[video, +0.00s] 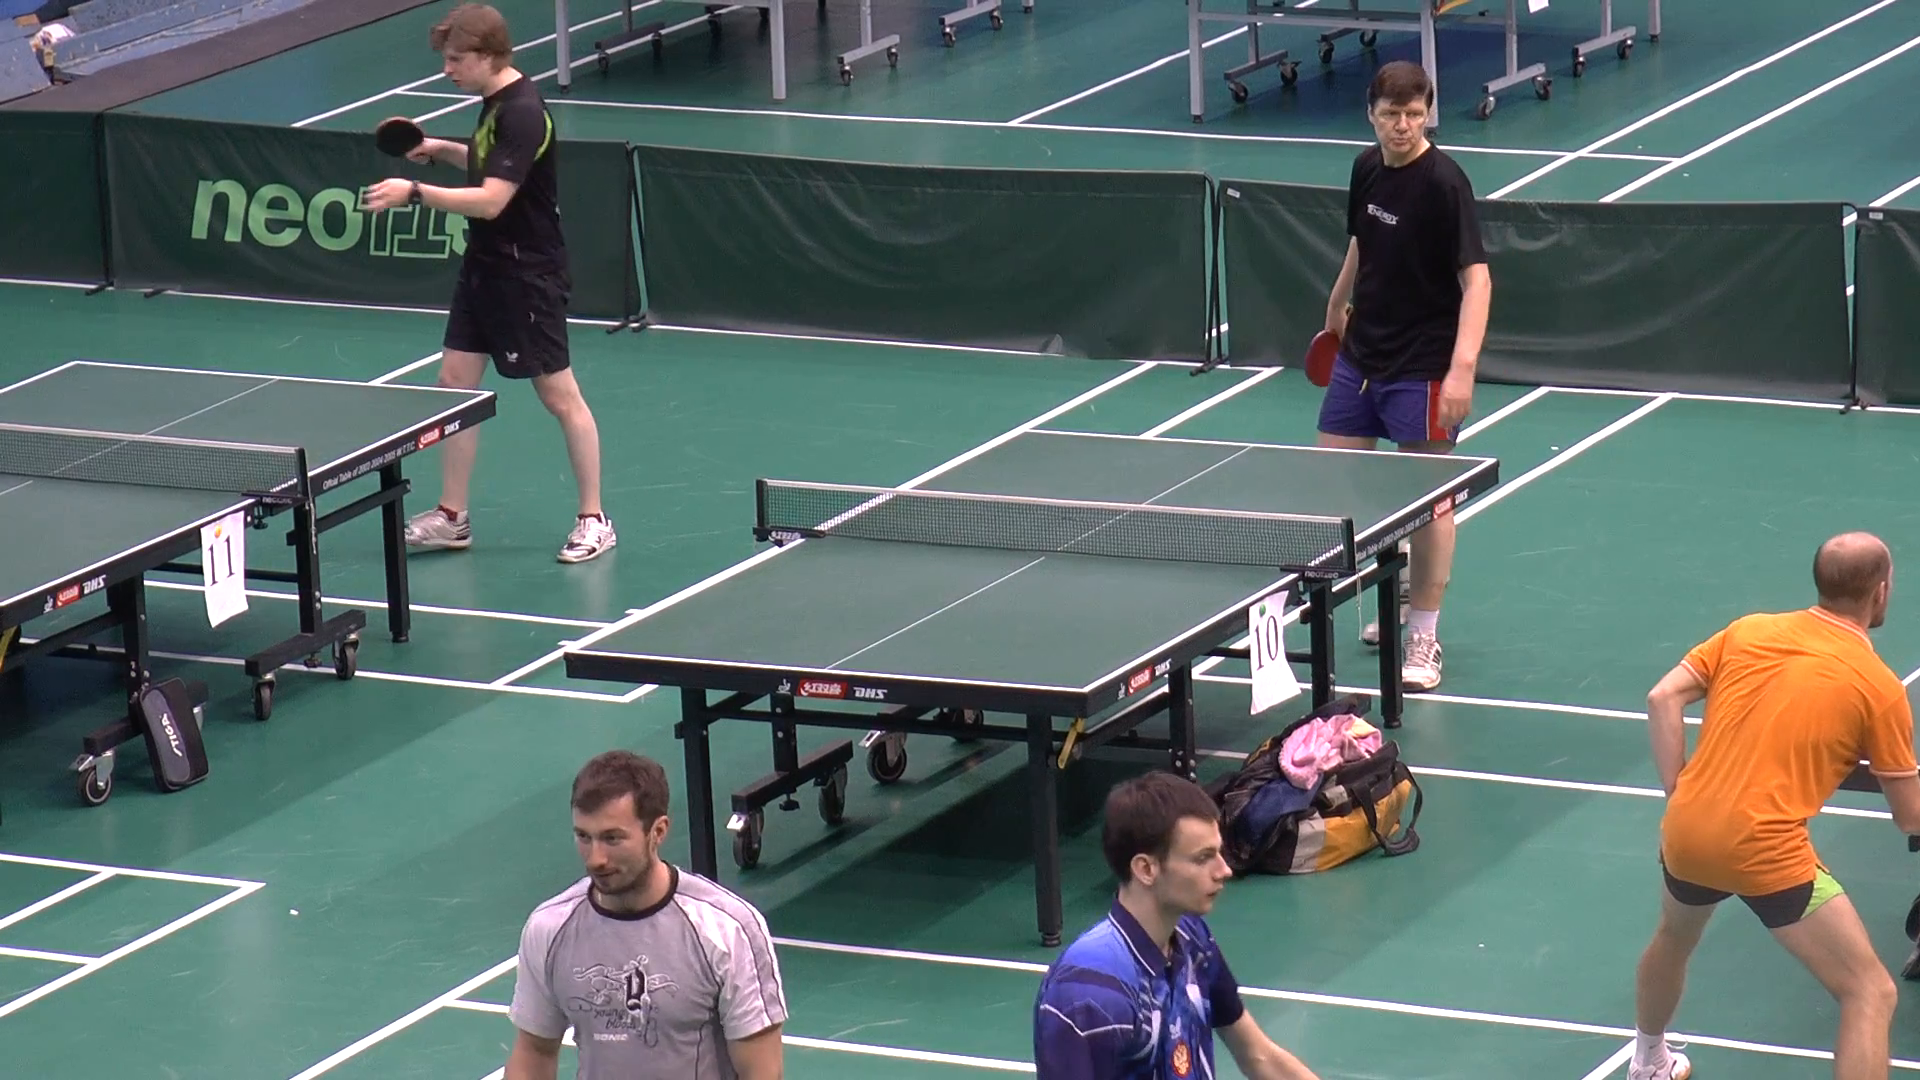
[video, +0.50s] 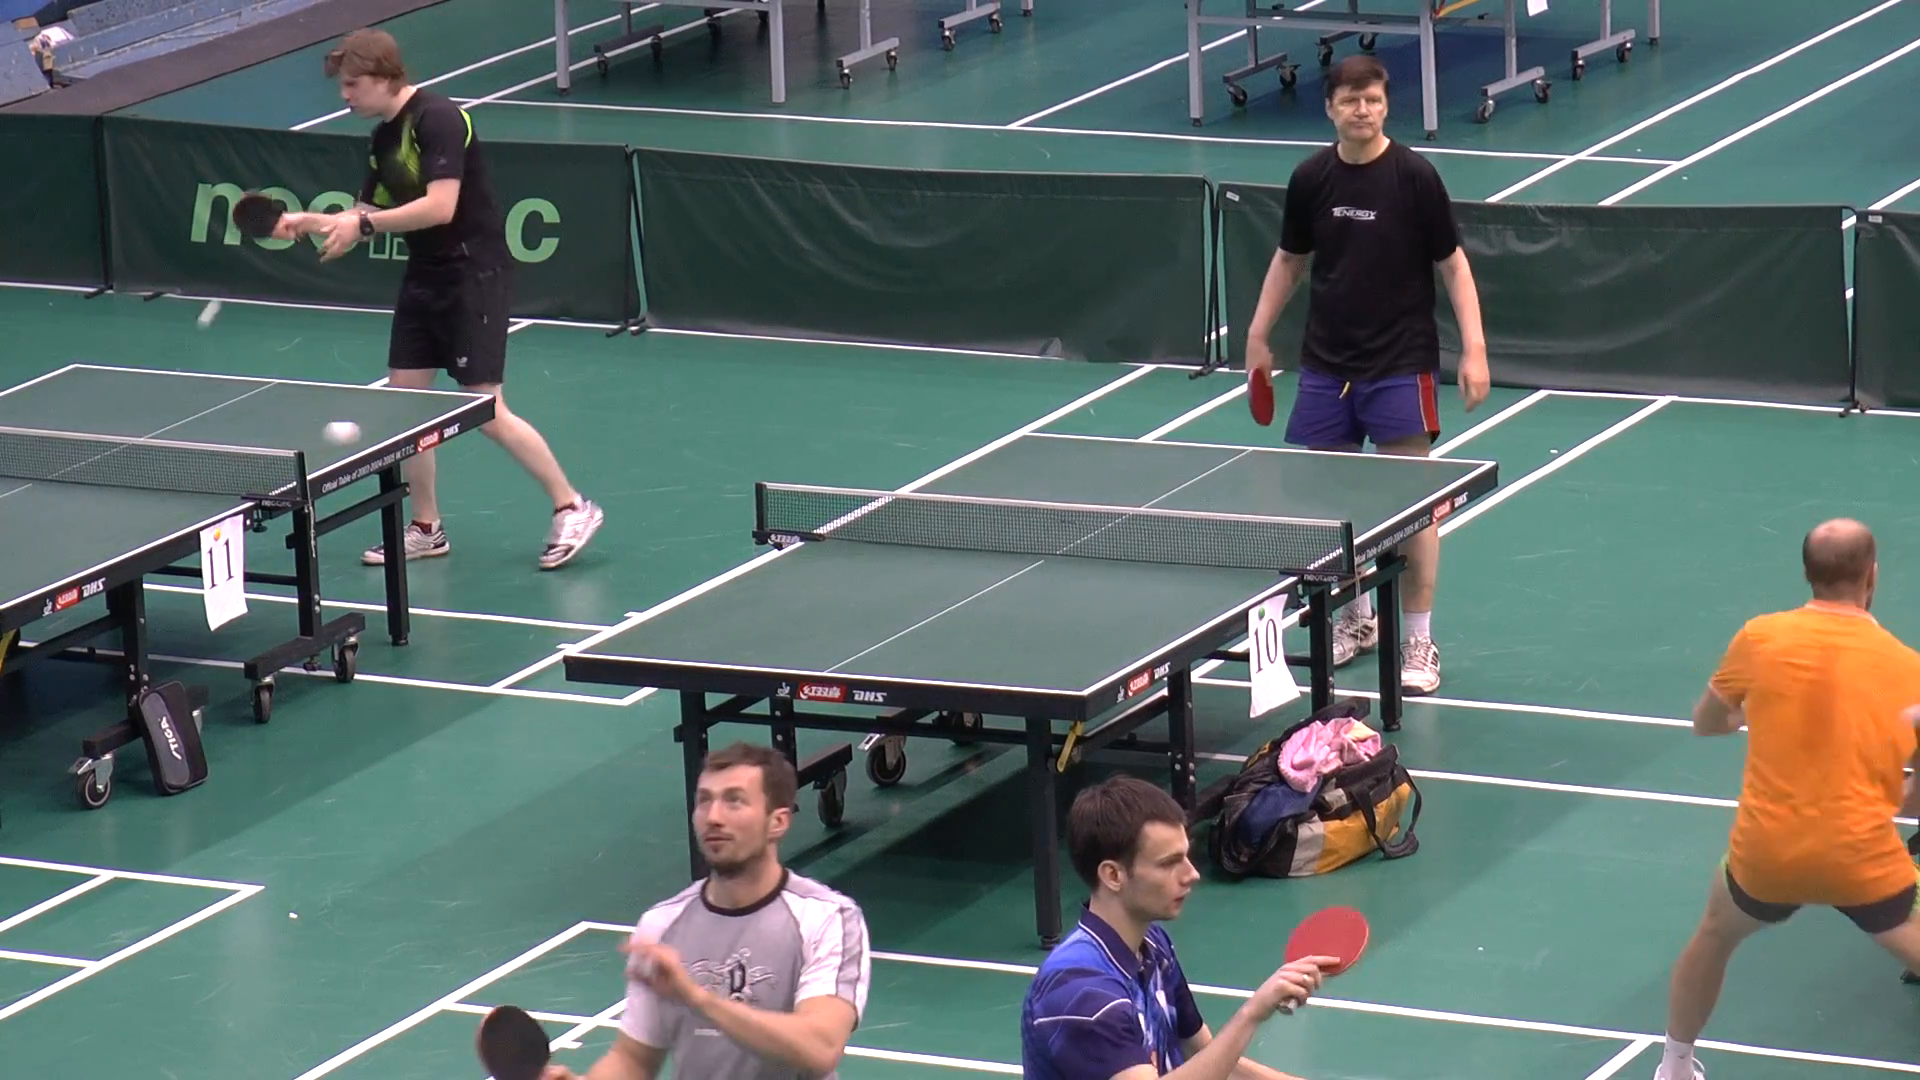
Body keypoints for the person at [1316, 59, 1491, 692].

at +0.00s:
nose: (1402, 126)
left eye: (1413, 115)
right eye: (1391, 115)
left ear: (1429, 114)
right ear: (1373, 115)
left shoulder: (1447, 183)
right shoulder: (1365, 168)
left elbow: (1478, 280)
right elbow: (1362, 246)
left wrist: (1463, 370)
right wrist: (1338, 304)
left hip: (1420, 371)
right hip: (1359, 359)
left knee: (1429, 500)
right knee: (1331, 476)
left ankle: (1423, 634)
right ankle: (1406, 588)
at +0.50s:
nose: (1361, 108)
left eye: (1372, 98)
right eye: (1349, 99)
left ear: (1387, 104)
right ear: (1330, 107)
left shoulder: (1416, 176)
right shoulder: (1310, 177)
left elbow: (1454, 265)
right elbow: (1288, 259)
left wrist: (1474, 348)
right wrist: (1256, 332)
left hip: (1400, 365)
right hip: (1325, 366)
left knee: (1414, 501)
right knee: (1310, 492)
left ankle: (1418, 636)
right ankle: (1357, 610)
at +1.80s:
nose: (1426, 104)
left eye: (1440, 96)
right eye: (1419, 93)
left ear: (1462, 102)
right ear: (1407, 95)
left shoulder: (1487, 167)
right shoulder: (1390, 162)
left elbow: (1520, 261)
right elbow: (1383, 238)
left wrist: (1528, 350)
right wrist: (1348, 303)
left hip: (1475, 349)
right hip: (1401, 344)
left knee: (1489, 474)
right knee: (1381, 474)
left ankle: (1498, 593)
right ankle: (1364, 604)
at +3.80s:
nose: (1454, 99)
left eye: (1467, 90)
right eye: (1447, 87)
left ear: (1493, 90)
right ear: (1439, 86)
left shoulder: (1528, 154)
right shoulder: (1419, 154)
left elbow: (1558, 244)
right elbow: (1399, 233)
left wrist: (1575, 330)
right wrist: (1389, 278)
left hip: (1506, 340)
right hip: (1430, 336)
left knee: (1507, 471)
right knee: (1394, 465)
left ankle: (1496, 591)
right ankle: (1395, 588)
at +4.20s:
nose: (1473, 109)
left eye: (1485, 99)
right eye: (1466, 98)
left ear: (1515, 94)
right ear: (1458, 95)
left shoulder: (1553, 154)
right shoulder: (1440, 161)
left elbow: (1581, 239)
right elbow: (1414, 243)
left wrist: (1600, 323)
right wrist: (1424, 289)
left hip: (1533, 340)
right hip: (1461, 339)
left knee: (1518, 467)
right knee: (1464, 470)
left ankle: (1500, 587)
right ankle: (1471, 612)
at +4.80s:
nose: (1483, 162)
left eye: (1491, 150)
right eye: (1471, 154)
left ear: (1512, 126)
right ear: (1459, 144)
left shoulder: (1558, 166)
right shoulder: (1443, 195)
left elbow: (1591, 244)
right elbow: (1425, 281)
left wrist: (1623, 323)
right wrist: (1459, 316)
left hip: (1563, 357)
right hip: (1487, 365)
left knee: (1592, 485)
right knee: (1487, 493)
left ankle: (1582, 605)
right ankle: (1497, 630)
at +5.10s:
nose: (1513, 177)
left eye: (1521, 166)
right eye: (1505, 167)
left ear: (1550, 144)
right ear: (1499, 157)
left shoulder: (1600, 194)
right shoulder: (1500, 198)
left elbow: (1639, 281)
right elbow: (1480, 267)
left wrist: (1587, 349)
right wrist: (1483, 307)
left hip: (1597, 380)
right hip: (1524, 378)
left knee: (1606, 509)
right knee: (1510, 502)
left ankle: (1635, 660)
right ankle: (1500, 633)